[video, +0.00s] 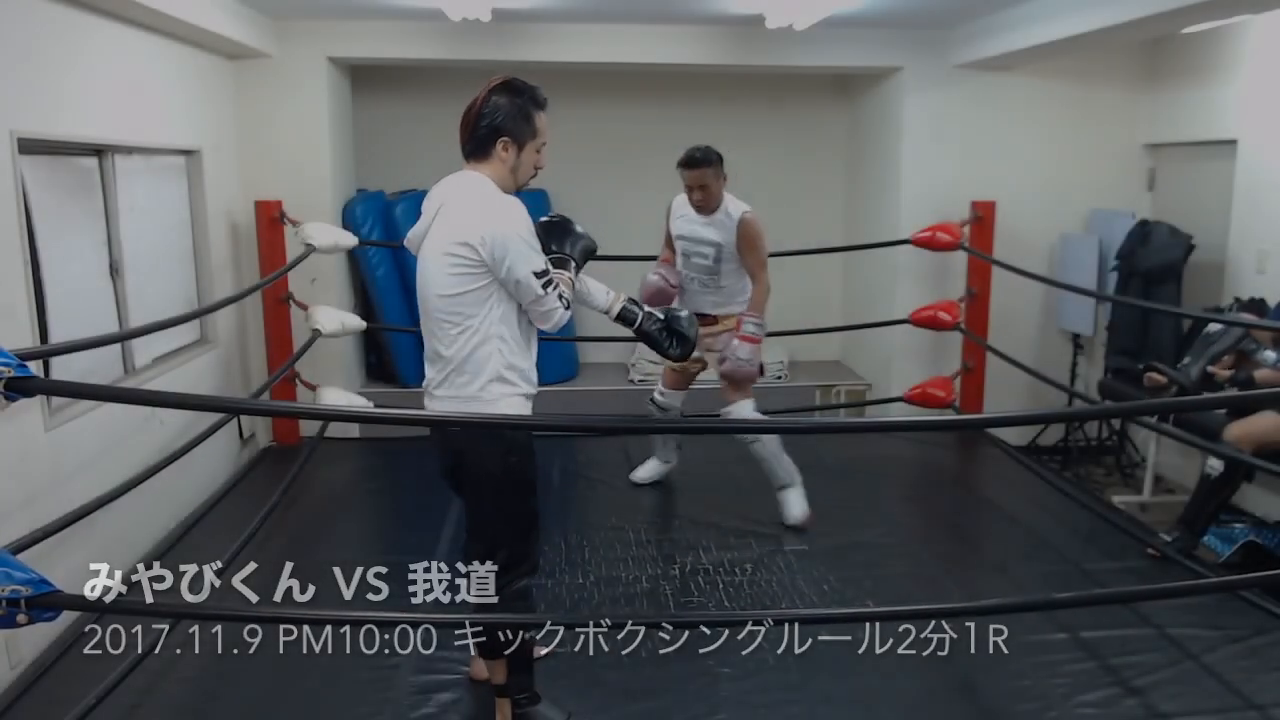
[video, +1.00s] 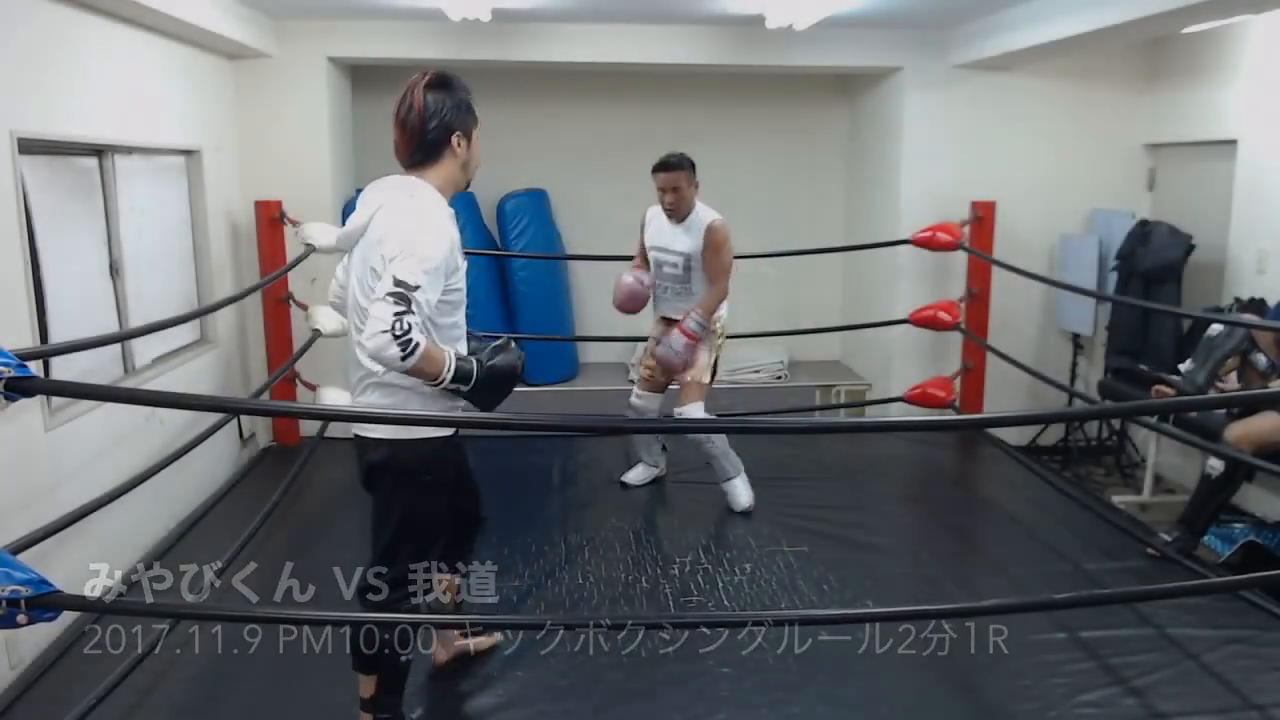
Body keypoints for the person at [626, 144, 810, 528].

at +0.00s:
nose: (695, 196)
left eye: (703, 188)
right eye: (689, 188)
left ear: (722, 181)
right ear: (682, 184)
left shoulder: (742, 221)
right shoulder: (678, 208)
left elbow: (761, 283)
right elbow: (669, 251)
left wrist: (750, 337)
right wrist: (662, 276)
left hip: (729, 325)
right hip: (687, 322)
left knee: (739, 414)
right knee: (663, 401)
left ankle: (789, 486)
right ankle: (664, 458)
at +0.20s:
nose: (674, 212)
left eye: (681, 203)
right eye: (668, 205)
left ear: (701, 196)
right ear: (662, 202)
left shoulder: (724, 236)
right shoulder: (665, 231)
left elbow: (733, 295)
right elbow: (655, 275)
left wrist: (713, 345)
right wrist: (641, 296)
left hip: (720, 334)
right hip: (678, 330)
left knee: (700, 424)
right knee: (650, 408)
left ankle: (738, 469)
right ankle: (654, 460)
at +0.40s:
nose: (687, 193)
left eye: (694, 184)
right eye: (681, 185)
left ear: (714, 177)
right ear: (676, 182)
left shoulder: (738, 214)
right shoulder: (675, 214)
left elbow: (757, 272)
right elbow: (670, 259)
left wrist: (731, 325)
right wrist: (660, 280)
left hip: (749, 319)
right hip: (709, 321)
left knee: (758, 412)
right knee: (683, 405)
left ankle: (794, 497)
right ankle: (694, 454)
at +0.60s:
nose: (707, 215)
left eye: (715, 206)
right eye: (700, 207)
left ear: (735, 200)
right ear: (694, 204)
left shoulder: (757, 241)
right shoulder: (688, 237)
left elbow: (771, 304)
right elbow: (683, 279)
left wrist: (753, 356)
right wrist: (671, 287)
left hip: (756, 348)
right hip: (713, 352)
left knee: (776, 436)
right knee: (692, 432)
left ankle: (815, 516)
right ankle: (725, 462)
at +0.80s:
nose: (685, 193)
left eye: (693, 184)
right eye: (680, 185)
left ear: (714, 179)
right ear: (673, 181)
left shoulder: (733, 222)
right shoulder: (670, 206)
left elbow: (742, 285)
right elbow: (662, 251)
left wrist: (722, 336)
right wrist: (652, 252)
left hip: (721, 324)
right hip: (680, 321)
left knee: (730, 411)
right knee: (647, 399)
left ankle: (771, 489)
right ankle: (660, 455)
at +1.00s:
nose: (667, 199)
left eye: (675, 191)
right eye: (661, 191)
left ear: (695, 187)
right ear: (655, 189)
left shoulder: (713, 229)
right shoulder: (653, 217)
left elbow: (719, 289)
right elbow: (642, 260)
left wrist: (686, 332)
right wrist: (635, 281)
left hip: (702, 324)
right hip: (665, 321)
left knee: (689, 413)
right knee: (642, 403)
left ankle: (732, 477)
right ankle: (653, 461)